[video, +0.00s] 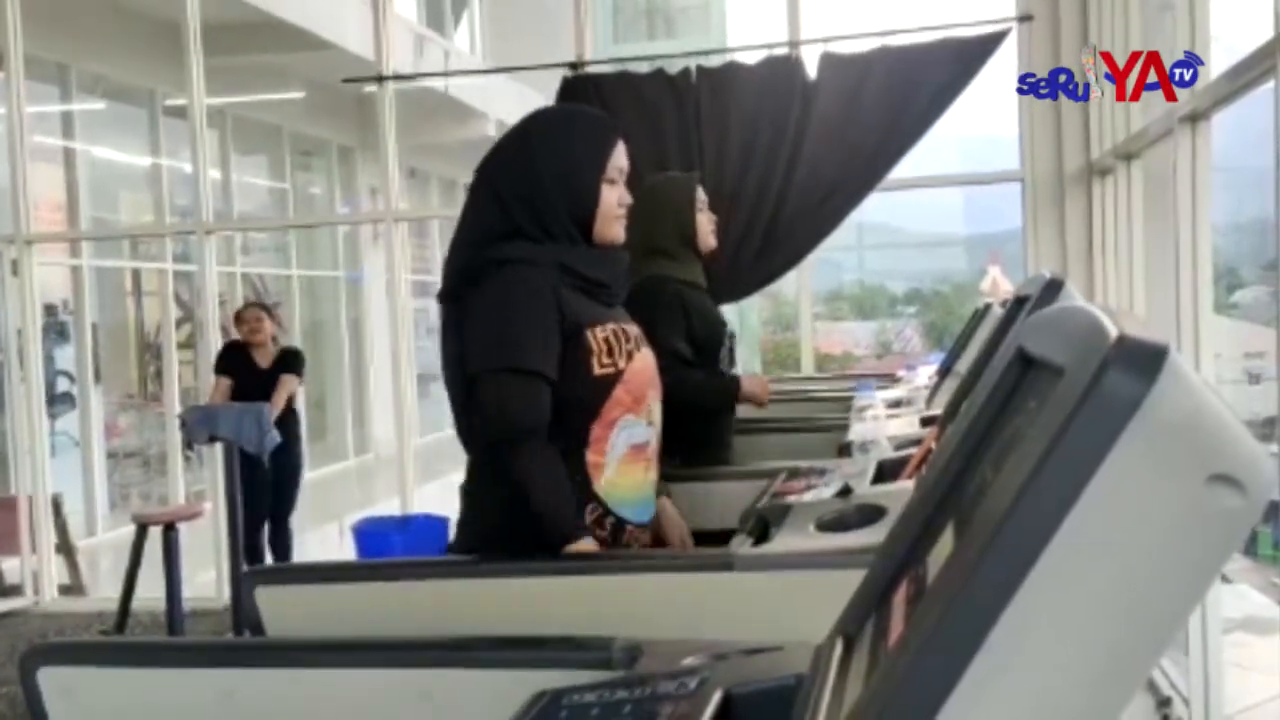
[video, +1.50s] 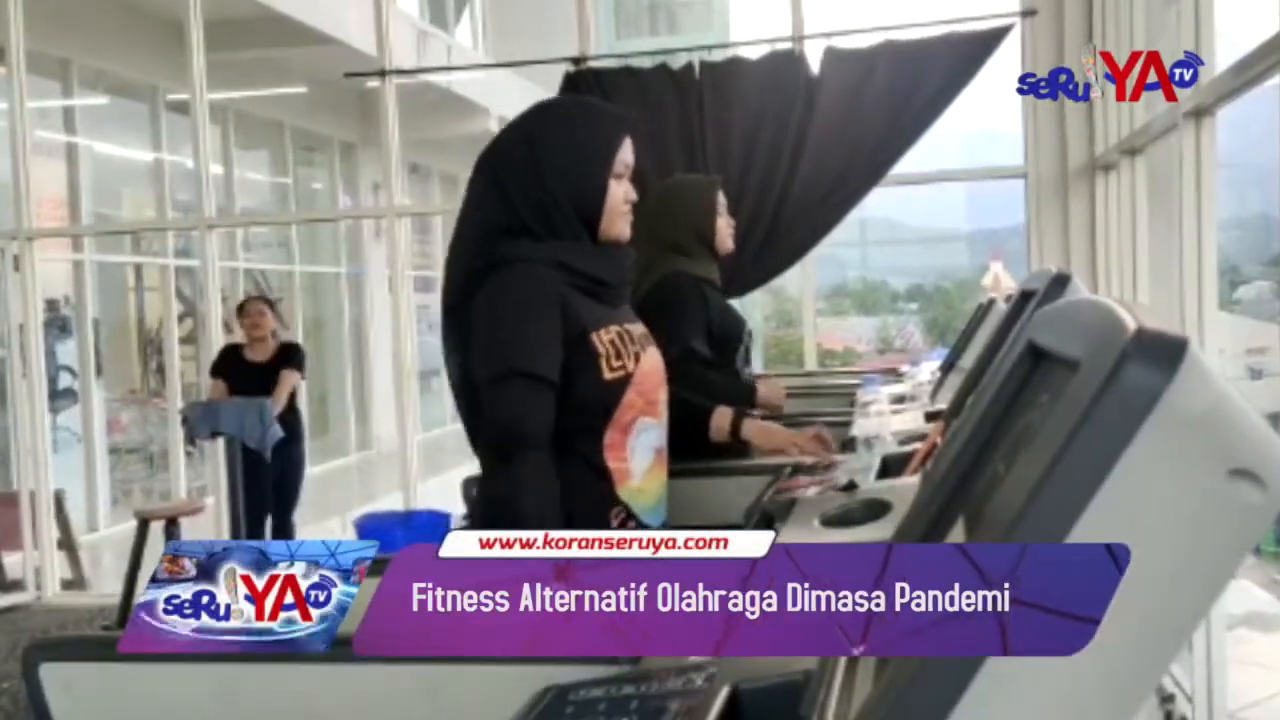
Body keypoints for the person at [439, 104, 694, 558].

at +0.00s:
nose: (627, 198)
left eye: (624, 182)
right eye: (612, 181)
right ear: (564, 182)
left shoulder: (585, 280)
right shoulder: (518, 285)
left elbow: (586, 418)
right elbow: (514, 437)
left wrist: (653, 501)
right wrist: (572, 539)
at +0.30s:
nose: (631, 220)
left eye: (629, 204)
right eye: (616, 203)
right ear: (568, 202)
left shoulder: (596, 304)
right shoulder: (507, 310)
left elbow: (606, 437)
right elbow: (472, 466)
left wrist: (700, 475)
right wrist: (443, 584)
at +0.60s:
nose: (630, 202)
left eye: (629, 186)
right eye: (618, 186)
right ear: (567, 183)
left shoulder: (580, 278)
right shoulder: (517, 284)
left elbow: (622, 406)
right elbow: (524, 449)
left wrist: (740, 438)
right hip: (532, 550)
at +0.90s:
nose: (637, 205)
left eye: (635, 190)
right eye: (623, 189)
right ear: (574, 190)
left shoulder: (598, 290)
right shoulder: (533, 294)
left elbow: (639, 417)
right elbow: (548, 447)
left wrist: (749, 440)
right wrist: (643, 530)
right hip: (561, 555)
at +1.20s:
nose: (645, 202)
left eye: (643, 186)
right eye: (630, 186)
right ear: (579, 185)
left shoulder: (608, 291)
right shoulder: (522, 299)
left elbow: (636, 408)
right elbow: (484, 453)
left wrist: (745, 433)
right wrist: (456, 569)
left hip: (619, 541)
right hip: (548, 553)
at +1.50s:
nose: (632, 193)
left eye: (630, 177)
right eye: (617, 177)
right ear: (567, 179)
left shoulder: (593, 279)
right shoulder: (524, 291)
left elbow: (631, 405)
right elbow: (518, 456)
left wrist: (750, 430)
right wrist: (537, 573)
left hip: (624, 528)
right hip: (571, 544)